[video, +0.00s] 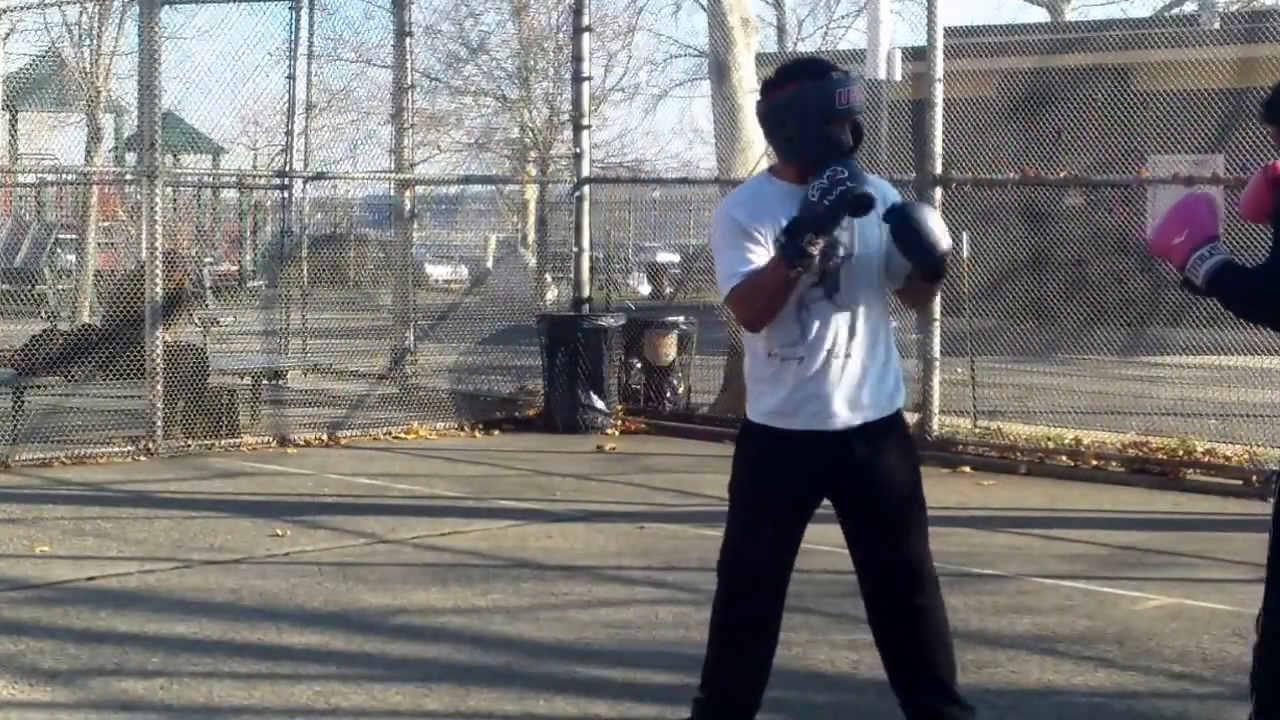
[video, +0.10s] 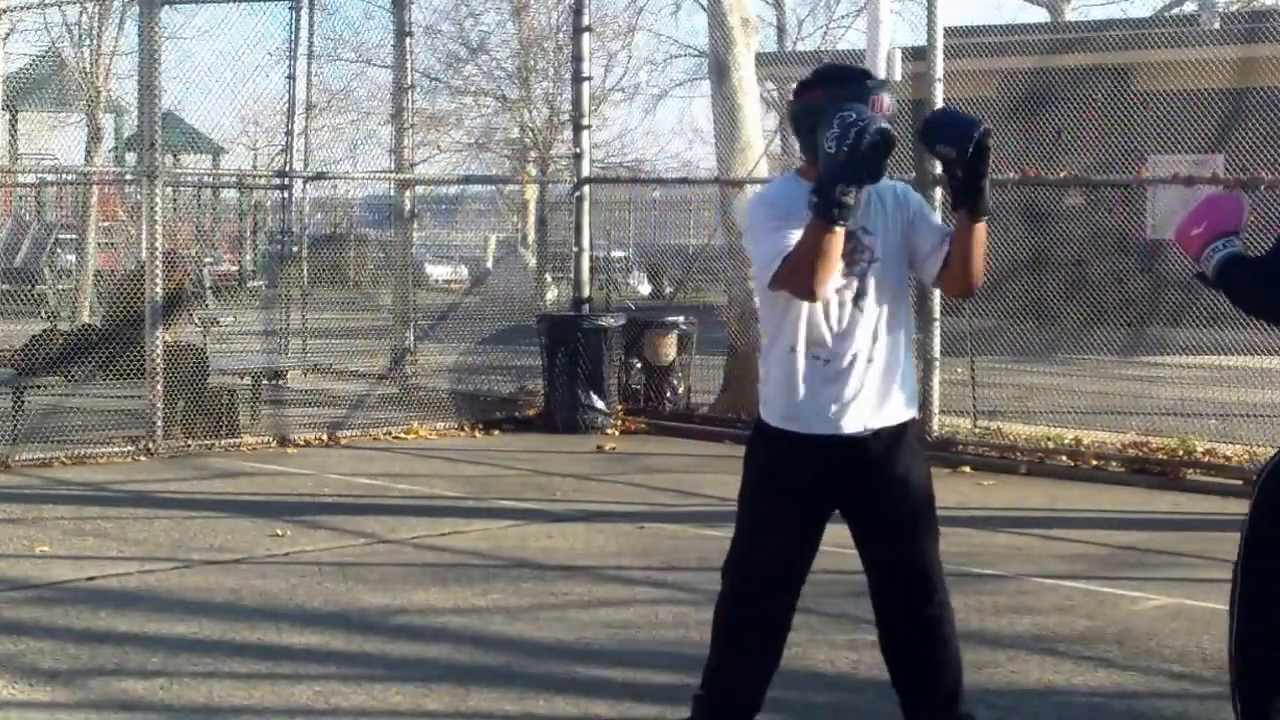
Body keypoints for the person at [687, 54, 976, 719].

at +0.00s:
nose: (847, 123)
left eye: (848, 109)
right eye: (828, 111)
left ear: (851, 117)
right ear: (783, 122)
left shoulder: (877, 195)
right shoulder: (744, 209)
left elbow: (916, 298)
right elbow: (748, 310)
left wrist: (928, 263)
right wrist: (801, 242)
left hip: (874, 427)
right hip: (779, 435)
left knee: (908, 589)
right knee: (748, 597)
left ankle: (940, 712)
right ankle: (721, 715)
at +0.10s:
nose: (845, 135)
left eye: (858, 122)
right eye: (829, 122)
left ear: (878, 130)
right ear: (804, 129)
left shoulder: (898, 200)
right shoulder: (770, 202)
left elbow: (960, 280)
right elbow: (809, 283)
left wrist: (967, 192)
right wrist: (834, 194)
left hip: (886, 439)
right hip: (789, 442)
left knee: (918, 611)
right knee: (752, 610)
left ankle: (940, 716)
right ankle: (717, 716)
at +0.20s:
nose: (888, 128)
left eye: (897, 115)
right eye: (873, 113)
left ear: (907, 129)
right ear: (838, 119)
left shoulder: (916, 202)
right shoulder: (793, 197)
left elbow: (987, 267)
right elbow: (847, 264)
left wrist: (983, 173)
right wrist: (872, 172)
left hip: (899, 443)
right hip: (800, 441)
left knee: (924, 619)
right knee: (751, 615)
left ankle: (940, 718)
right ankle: (715, 715)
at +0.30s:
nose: (920, 129)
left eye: (927, 118)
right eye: (909, 115)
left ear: (930, 133)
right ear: (873, 122)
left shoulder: (931, 206)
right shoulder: (814, 193)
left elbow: (995, 276)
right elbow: (876, 262)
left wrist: (1005, 178)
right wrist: (908, 172)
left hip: (903, 444)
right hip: (807, 439)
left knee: (924, 617)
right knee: (755, 609)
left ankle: (941, 716)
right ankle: (714, 713)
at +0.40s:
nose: (929, 129)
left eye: (939, 117)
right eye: (917, 113)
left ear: (949, 134)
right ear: (882, 119)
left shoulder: (942, 210)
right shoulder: (821, 190)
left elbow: (995, 284)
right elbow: (878, 261)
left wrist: (1016, 188)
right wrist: (916, 170)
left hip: (903, 441)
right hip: (806, 434)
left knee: (923, 613)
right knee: (757, 603)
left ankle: (939, 717)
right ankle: (715, 712)